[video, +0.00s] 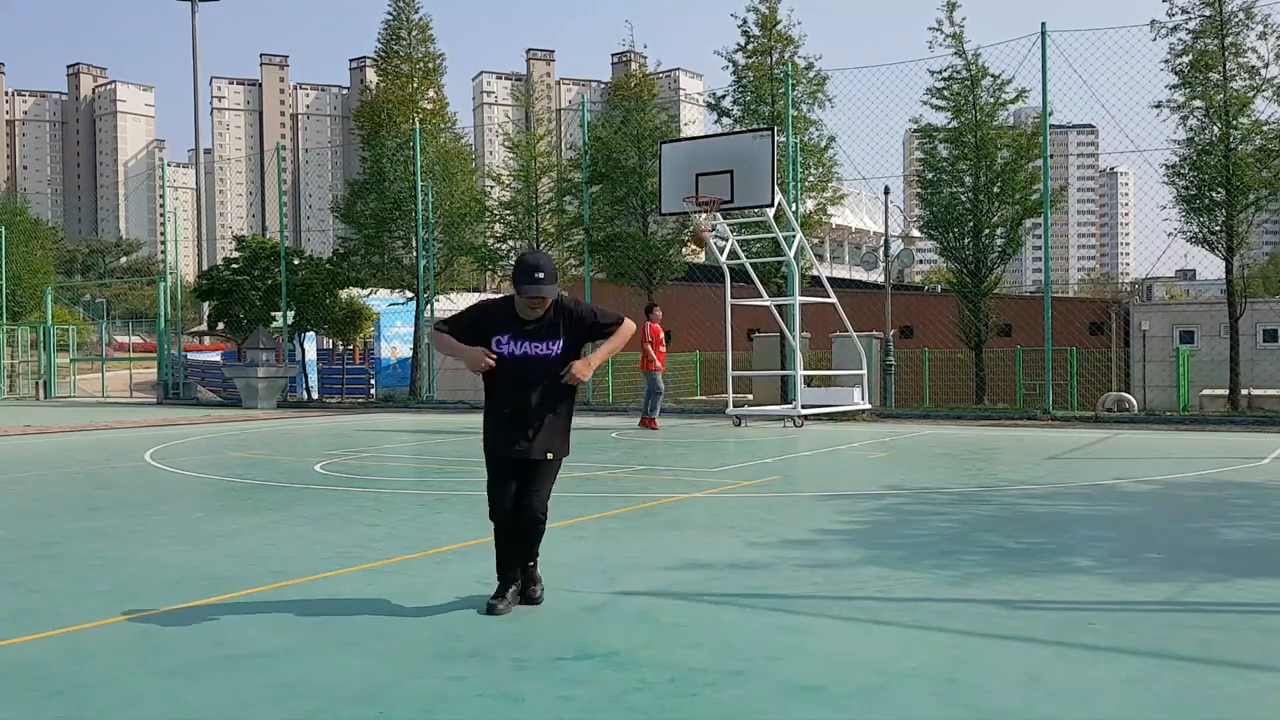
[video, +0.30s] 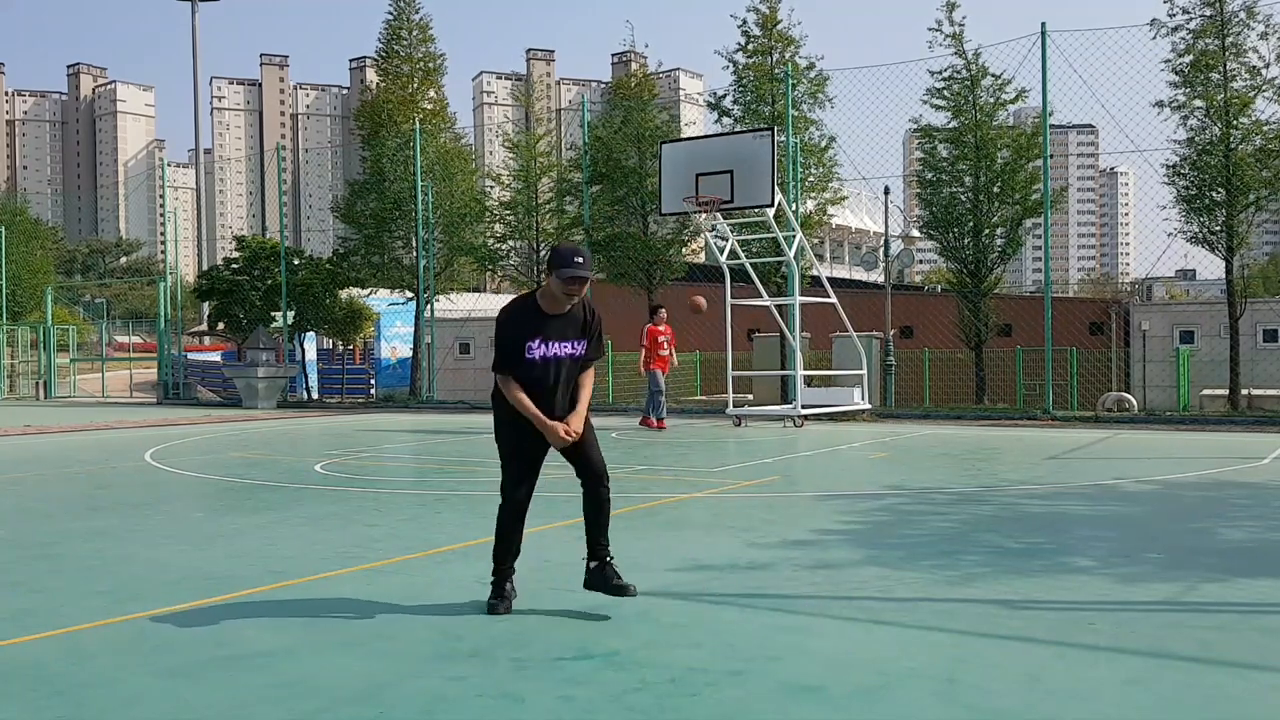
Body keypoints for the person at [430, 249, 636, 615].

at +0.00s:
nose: (536, 303)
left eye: (543, 296)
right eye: (529, 296)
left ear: (554, 289)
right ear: (514, 288)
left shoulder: (570, 313)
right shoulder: (491, 313)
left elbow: (626, 326)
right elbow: (438, 334)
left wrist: (592, 361)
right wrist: (465, 352)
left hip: (548, 432)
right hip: (501, 431)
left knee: (534, 508)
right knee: (502, 510)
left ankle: (529, 566)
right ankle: (508, 581)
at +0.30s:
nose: (575, 286)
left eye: (582, 280)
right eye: (568, 279)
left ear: (589, 279)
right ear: (549, 276)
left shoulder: (588, 314)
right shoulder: (515, 314)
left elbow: (588, 368)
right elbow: (505, 380)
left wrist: (579, 413)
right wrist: (544, 424)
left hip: (569, 415)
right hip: (521, 417)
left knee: (597, 480)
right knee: (515, 498)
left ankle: (598, 567)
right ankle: (502, 581)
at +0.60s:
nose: (652, 299)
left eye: (658, 292)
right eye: (645, 290)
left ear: (663, 294)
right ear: (623, 286)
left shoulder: (646, 328)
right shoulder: (587, 323)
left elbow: (661, 369)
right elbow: (549, 375)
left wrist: (651, 397)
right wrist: (599, 403)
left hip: (619, 441)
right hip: (572, 444)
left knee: (657, 505)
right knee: (560, 518)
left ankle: (676, 596)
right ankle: (505, 574)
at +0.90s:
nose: (689, 270)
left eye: (695, 263)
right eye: (680, 262)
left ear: (701, 266)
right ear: (660, 262)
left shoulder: (697, 307)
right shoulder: (626, 309)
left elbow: (704, 358)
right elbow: (606, 372)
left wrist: (704, 381)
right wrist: (667, 381)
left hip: (680, 423)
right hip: (634, 424)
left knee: (696, 507)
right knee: (657, 504)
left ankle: (686, 594)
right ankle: (627, 591)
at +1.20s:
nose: (693, 293)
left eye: (703, 286)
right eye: (687, 284)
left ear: (718, 292)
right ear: (675, 286)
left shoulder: (726, 325)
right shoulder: (646, 331)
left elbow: (739, 380)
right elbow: (631, 399)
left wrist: (747, 434)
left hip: (693, 428)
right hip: (646, 429)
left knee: (700, 512)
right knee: (674, 504)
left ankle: (693, 599)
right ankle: (651, 608)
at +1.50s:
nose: (675, 247)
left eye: (684, 239)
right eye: (671, 239)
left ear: (710, 239)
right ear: (666, 239)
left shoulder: (733, 281)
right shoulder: (644, 285)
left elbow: (779, 305)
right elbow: (582, 312)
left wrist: (826, 327)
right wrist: (522, 341)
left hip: (716, 419)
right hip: (663, 422)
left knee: (727, 509)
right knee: (677, 509)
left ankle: (707, 586)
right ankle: (656, 602)